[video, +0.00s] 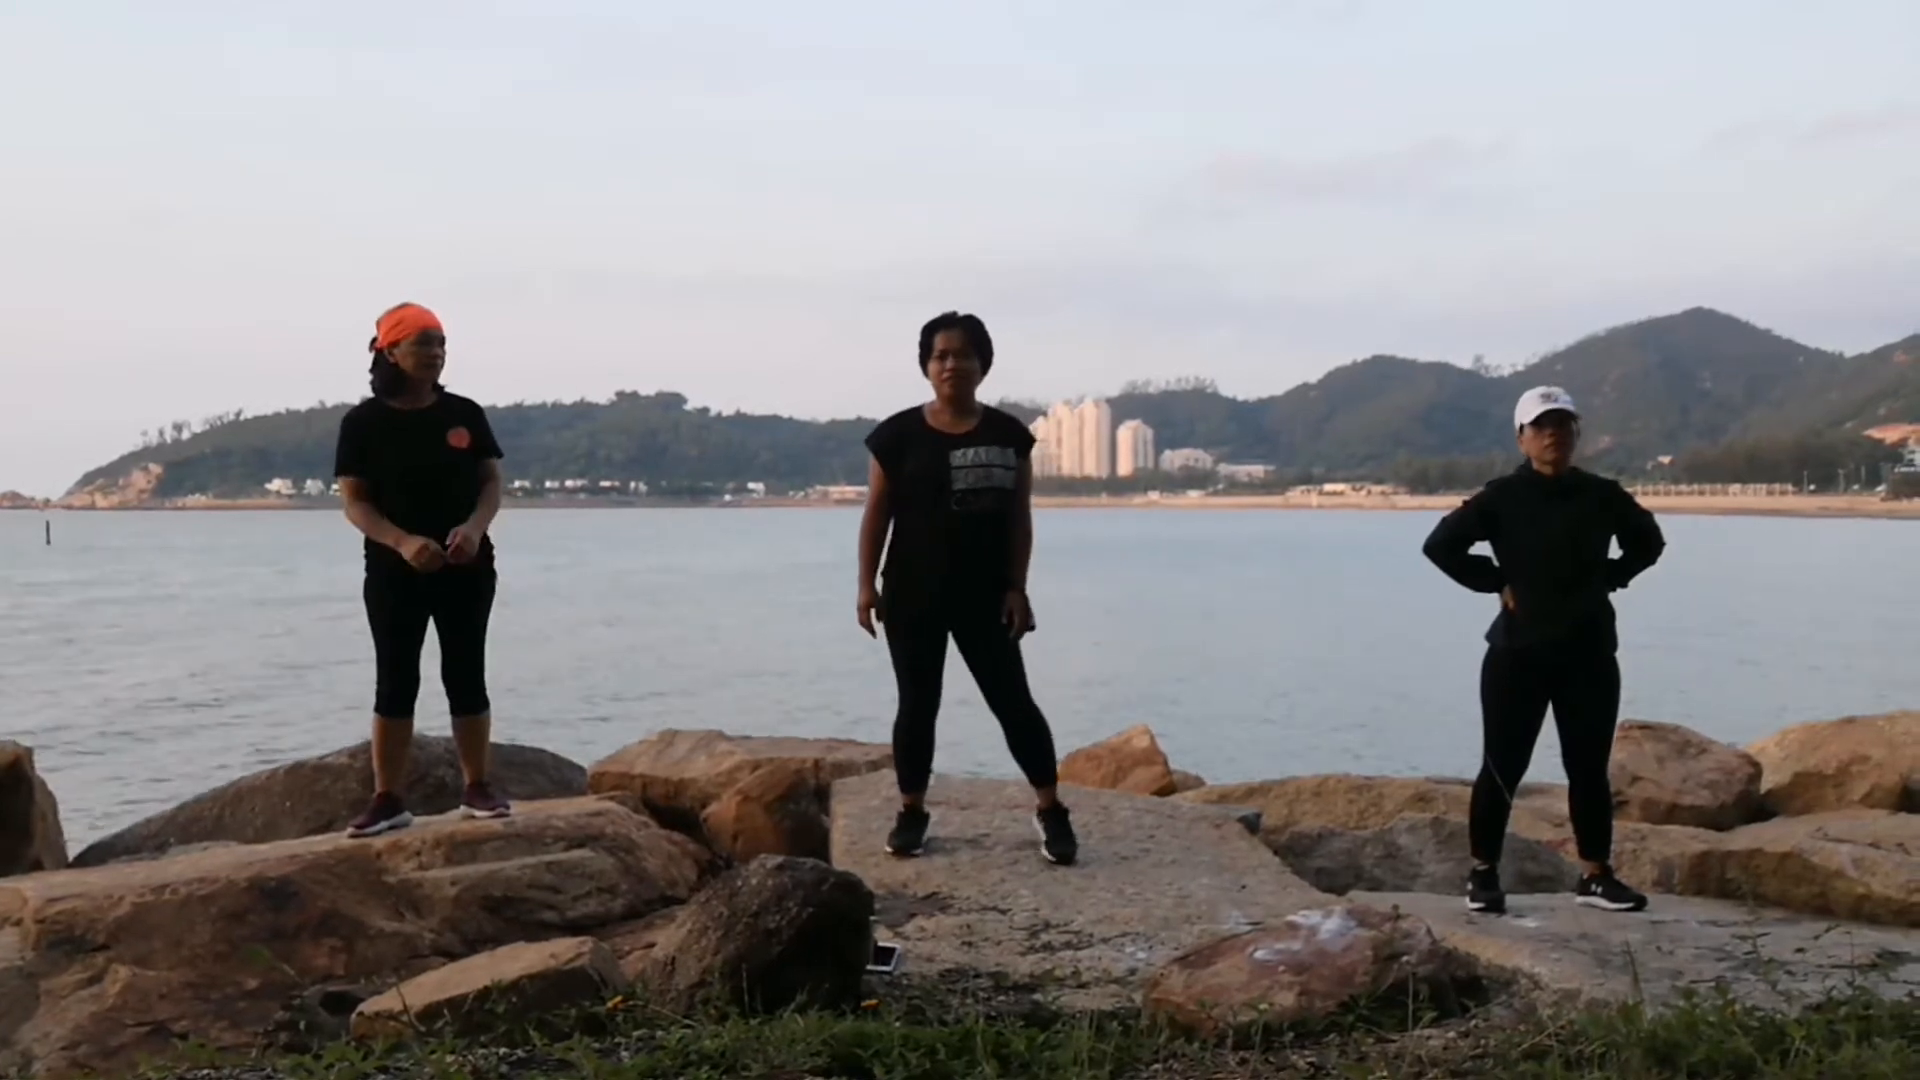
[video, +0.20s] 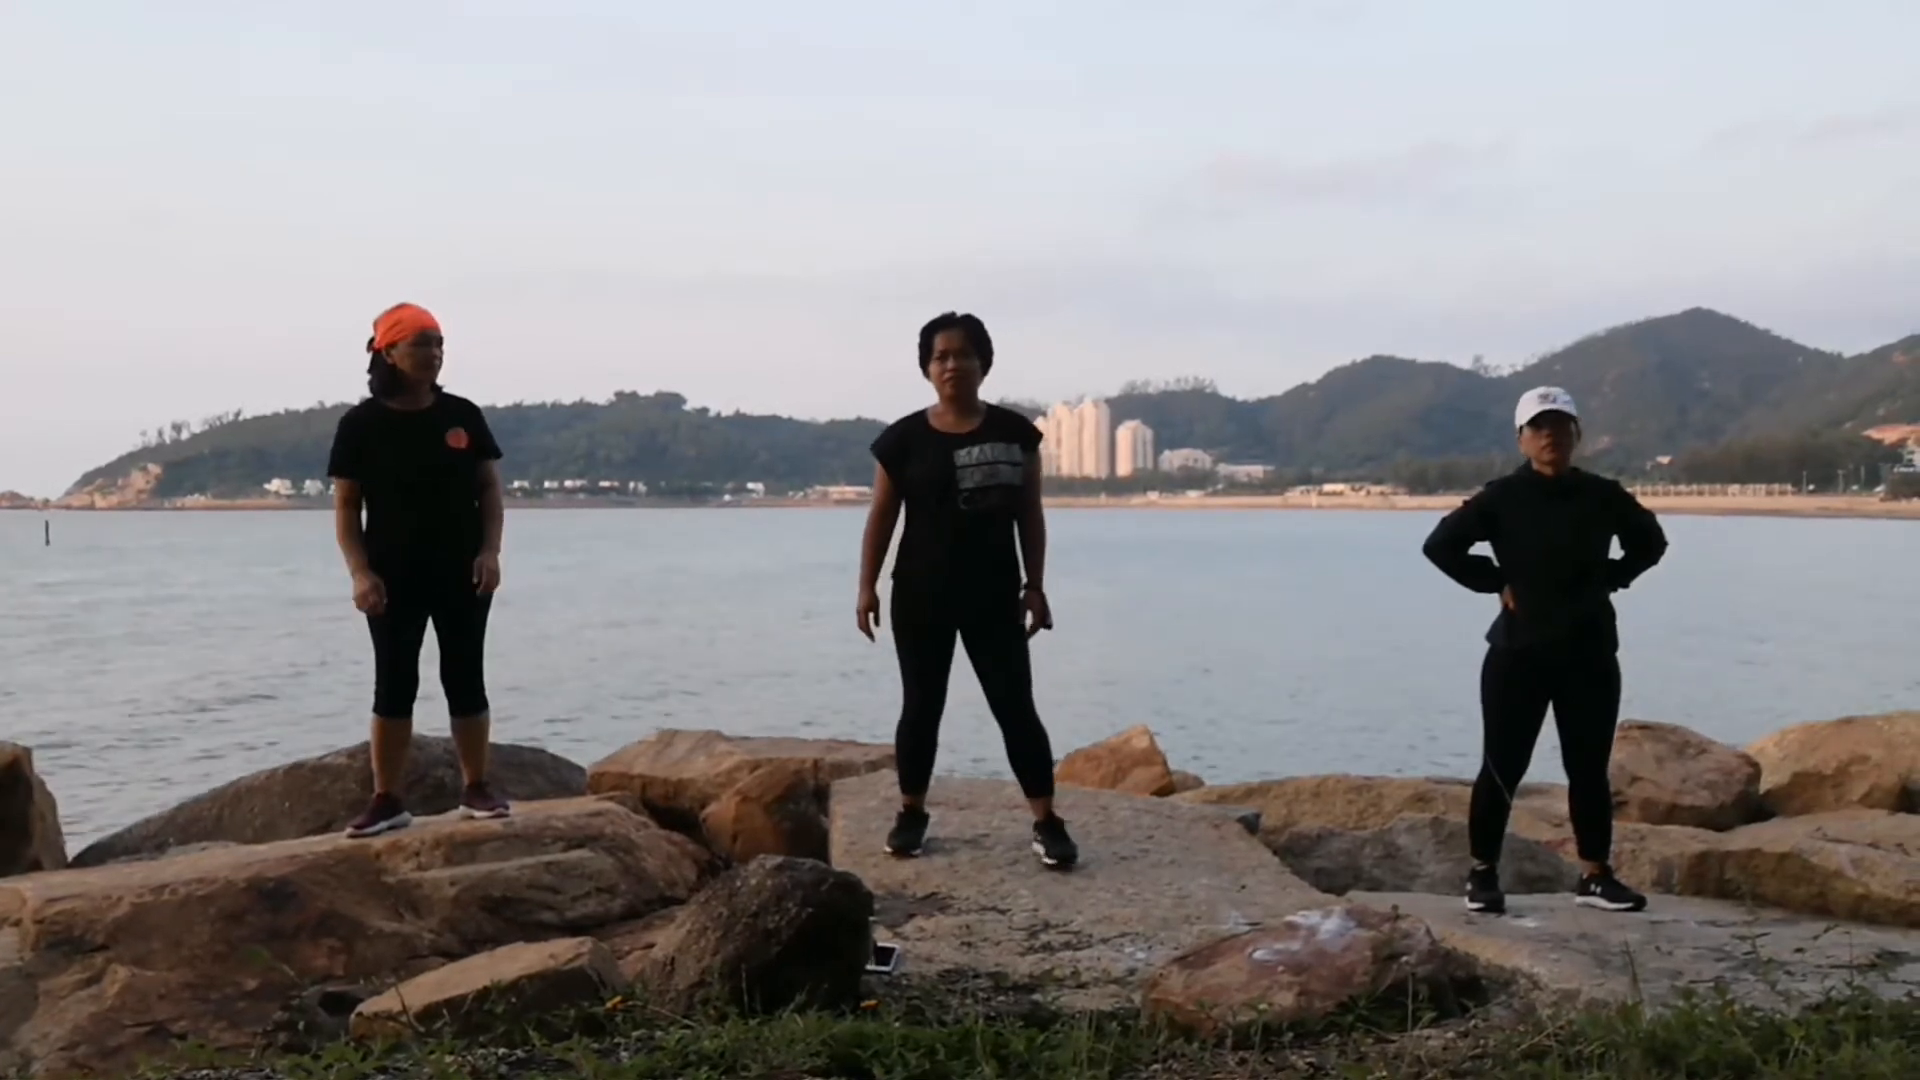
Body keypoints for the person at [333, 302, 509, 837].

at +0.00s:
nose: (437, 351)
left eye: (440, 342)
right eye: (424, 343)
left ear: (445, 349)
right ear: (391, 353)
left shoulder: (465, 414)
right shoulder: (361, 423)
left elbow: (492, 482)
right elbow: (354, 505)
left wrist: (476, 525)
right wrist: (402, 540)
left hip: (465, 570)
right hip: (395, 573)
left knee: (467, 681)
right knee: (395, 686)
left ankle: (477, 789)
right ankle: (387, 798)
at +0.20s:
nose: (435, 352)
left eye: (438, 342)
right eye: (422, 344)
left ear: (442, 349)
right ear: (389, 353)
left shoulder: (463, 415)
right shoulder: (360, 425)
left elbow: (491, 490)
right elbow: (345, 511)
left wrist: (490, 550)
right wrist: (360, 572)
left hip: (460, 573)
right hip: (393, 579)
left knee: (466, 683)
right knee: (393, 690)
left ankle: (476, 789)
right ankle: (386, 799)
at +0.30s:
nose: (435, 352)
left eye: (438, 343)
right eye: (422, 344)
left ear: (441, 350)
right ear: (388, 354)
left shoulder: (462, 416)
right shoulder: (361, 425)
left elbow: (490, 492)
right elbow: (340, 506)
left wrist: (507, 556)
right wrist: (321, 580)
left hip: (462, 573)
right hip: (393, 578)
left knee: (465, 683)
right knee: (393, 690)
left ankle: (476, 789)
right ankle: (385, 799)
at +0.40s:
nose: (435, 352)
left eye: (437, 343)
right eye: (422, 344)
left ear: (440, 350)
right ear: (388, 354)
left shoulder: (462, 417)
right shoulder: (359, 425)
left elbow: (491, 489)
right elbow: (333, 503)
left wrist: (514, 553)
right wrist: (301, 576)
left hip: (461, 572)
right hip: (392, 577)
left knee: (465, 682)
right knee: (392, 688)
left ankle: (476, 788)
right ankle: (384, 800)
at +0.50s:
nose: (433, 352)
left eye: (437, 343)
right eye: (420, 343)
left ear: (441, 350)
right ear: (387, 353)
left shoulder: (461, 417)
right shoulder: (358, 425)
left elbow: (492, 486)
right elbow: (324, 501)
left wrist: (518, 548)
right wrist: (285, 571)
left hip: (461, 572)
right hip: (391, 578)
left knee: (463, 681)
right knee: (391, 688)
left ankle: (475, 789)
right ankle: (383, 800)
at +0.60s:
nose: (435, 353)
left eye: (437, 343)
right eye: (422, 344)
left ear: (439, 350)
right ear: (388, 354)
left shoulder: (462, 418)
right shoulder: (358, 425)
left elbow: (490, 488)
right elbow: (329, 502)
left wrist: (514, 552)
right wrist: (296, 573)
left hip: (460, 572)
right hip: (391, 578)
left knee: (463, 682)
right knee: (391, 689)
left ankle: (474, 788)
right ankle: (383, 800)